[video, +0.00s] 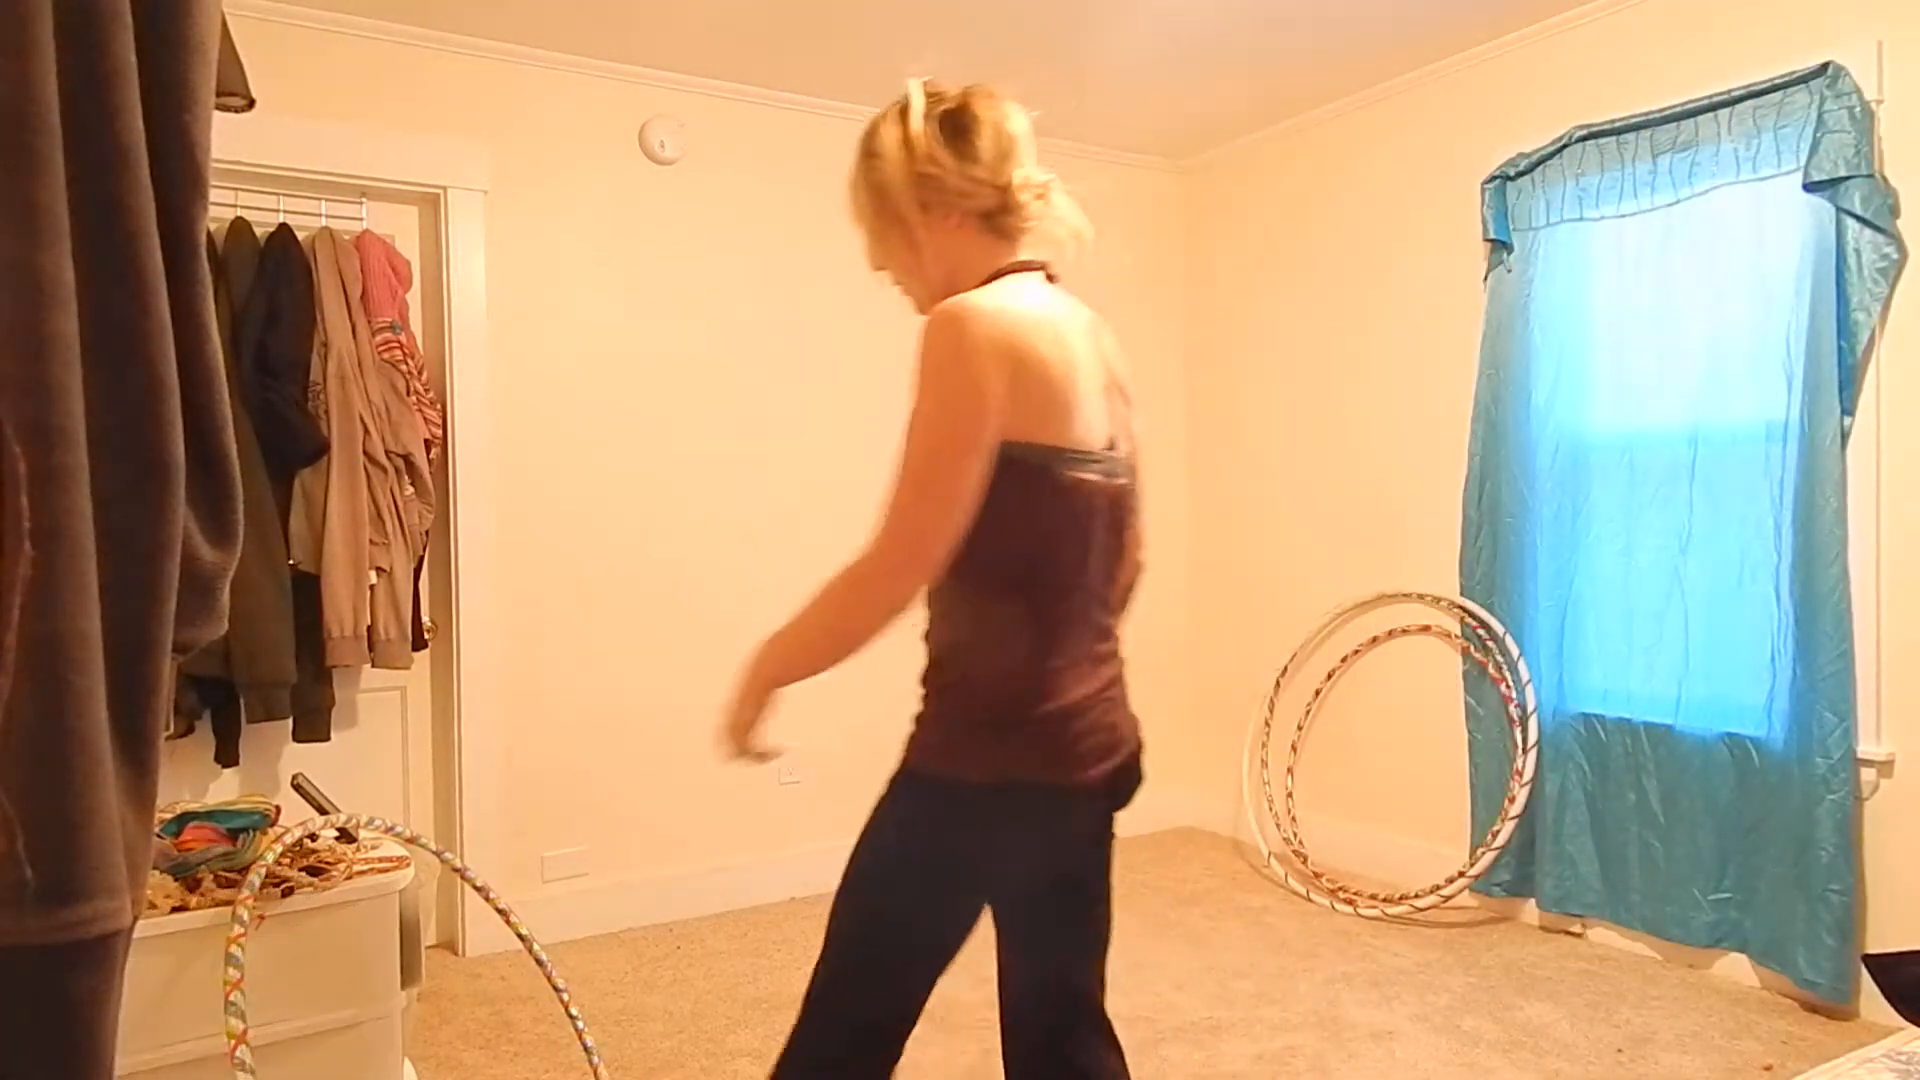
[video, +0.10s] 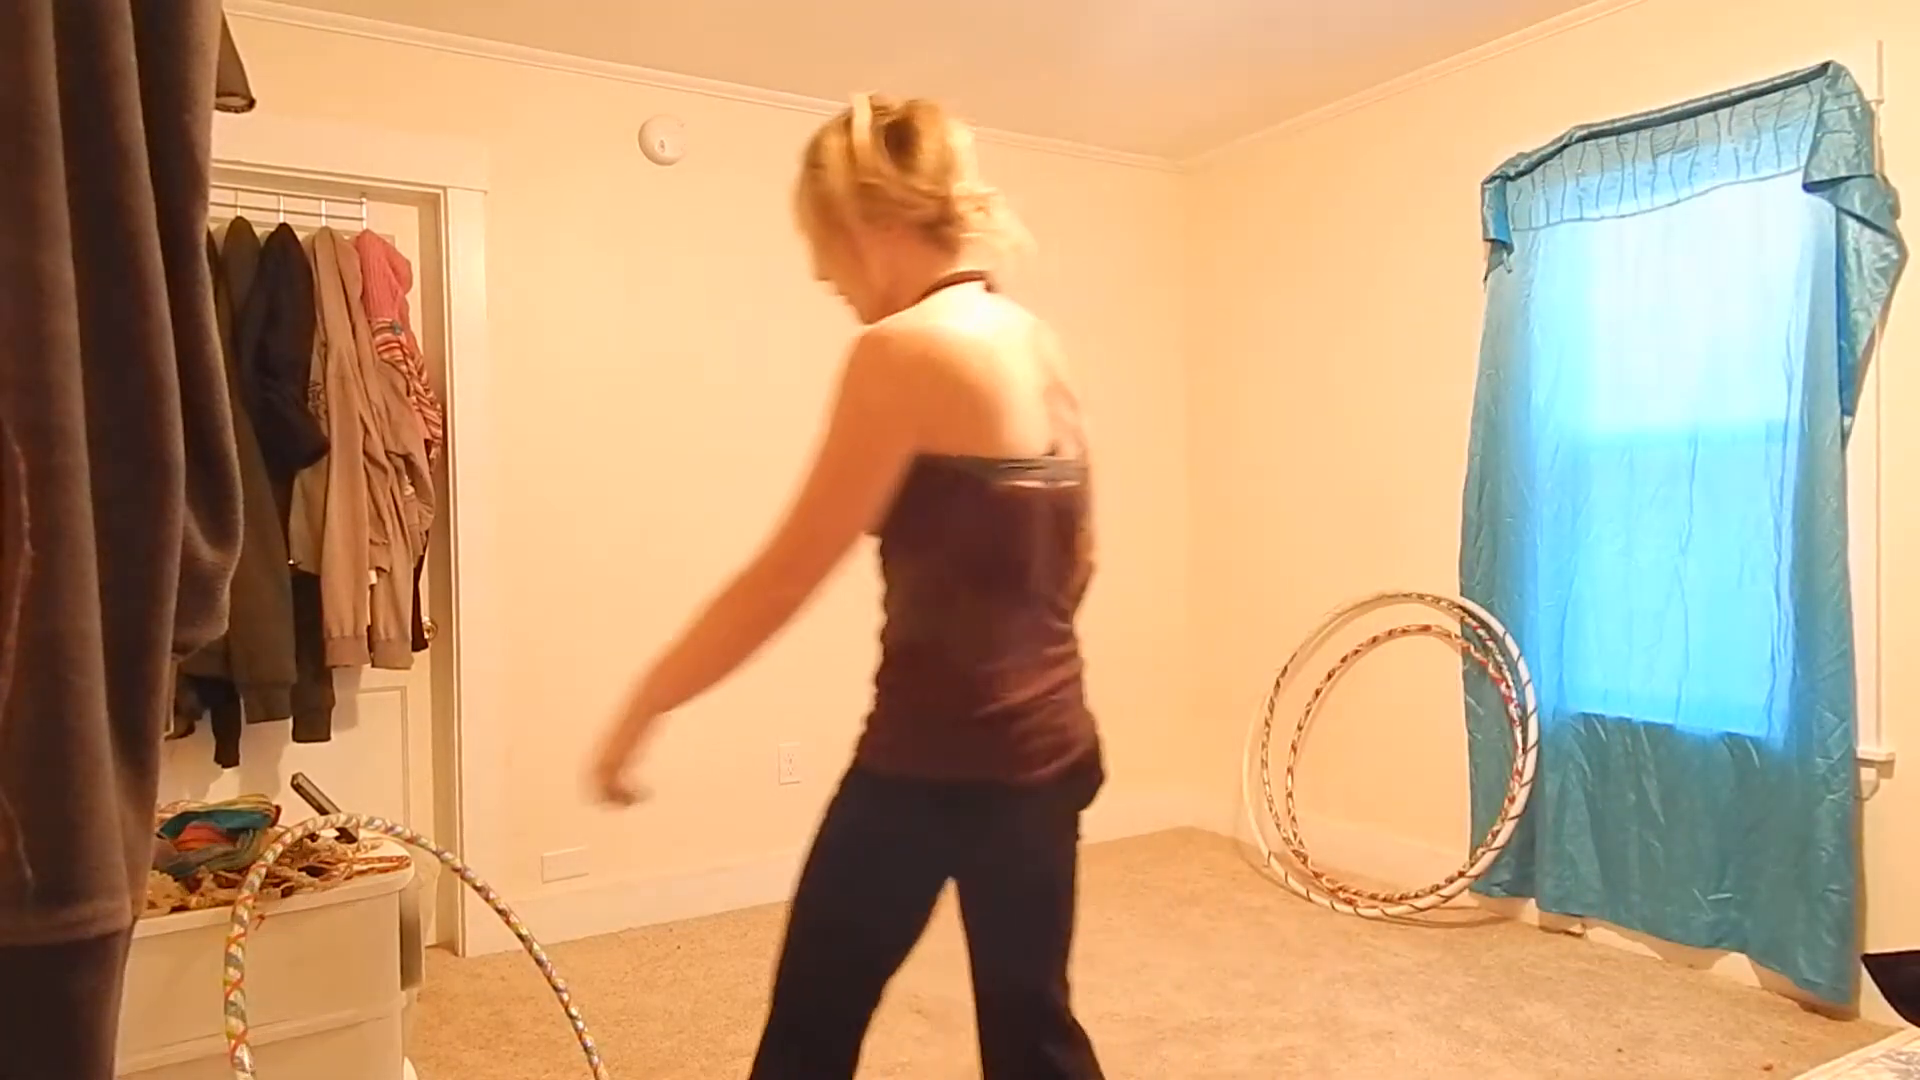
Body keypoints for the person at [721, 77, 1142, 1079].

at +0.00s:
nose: (883, 265)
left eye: (886, 234)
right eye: (877, 239)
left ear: (943, 209)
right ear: (990, 202)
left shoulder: (971, 326)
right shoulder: (1082, 331)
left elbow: (906, 559)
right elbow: (1122, 565)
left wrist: (767, 667)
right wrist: (1042, 671)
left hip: (980, 751)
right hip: (1083, 742)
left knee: (840, 1043)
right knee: (1061, 1036)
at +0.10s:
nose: (823, 273)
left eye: (824, 244)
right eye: (817, 247)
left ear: (876, 225)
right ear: (934, 214)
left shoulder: (904, 352)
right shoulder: (1033, 342)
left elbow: (787, 571)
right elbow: (1072, 562)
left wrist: (647, 702)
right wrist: (987, 674)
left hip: (926, 756)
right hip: (1044, 748)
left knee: (810, 1030)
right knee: (1031, 1029)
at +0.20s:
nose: (746, 277)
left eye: (747, 247)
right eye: (742, 250)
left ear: (795, 236)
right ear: (869, 219)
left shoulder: (811, 374)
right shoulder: (972, 349)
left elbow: (669, 590)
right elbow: (1032, 557)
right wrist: (965, 676)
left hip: (879, 755)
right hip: (1011, 740)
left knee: (782, 1029)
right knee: (998, 1005)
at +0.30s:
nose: (672, 296)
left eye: (672, 268)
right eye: (665, 271)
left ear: (711, 253)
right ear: (791, 237)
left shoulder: (729, 392)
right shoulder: (915, 357)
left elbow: (569, 617)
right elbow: (997, 553)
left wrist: (392, 782)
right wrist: (967, 689)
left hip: (849, 754)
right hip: (988, 735)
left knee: (757, 1012)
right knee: (1006, 981)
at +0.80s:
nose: (700, 342)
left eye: (698, 320)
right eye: (696, 321)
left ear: (720, 316)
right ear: (808, 298)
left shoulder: (715, 452)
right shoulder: (907, 413)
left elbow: (574, 637)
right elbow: (1012, 583)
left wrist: (407, 781)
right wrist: (1071, 692)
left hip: (834, 770)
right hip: (974, 742)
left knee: (734, 1015)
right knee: (1051, 990)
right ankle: (1111, 1073)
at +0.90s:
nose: (778, 323)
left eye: (774, 307)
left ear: (787, 306)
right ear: (887, 286)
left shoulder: (784, 435)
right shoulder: (973, 415)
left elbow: (656, 596)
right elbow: (1069, 578)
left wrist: (500, 731)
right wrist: (1132, 692)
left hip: (872, 750)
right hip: (1008, 737)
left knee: (776, 994)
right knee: (1066, 986)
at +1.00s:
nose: (855, 302)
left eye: (854, 285)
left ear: (865, 288)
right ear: (957, 261)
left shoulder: (866, 413)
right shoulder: (1055, 385)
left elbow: (751, 565)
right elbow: (1139, 542)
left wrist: (604, 690)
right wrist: (1204, 672)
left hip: (934, 716)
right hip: (1067, 711)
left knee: (836, 955)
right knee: (1106, 956)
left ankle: (795, 1070)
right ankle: (1137, 1075)